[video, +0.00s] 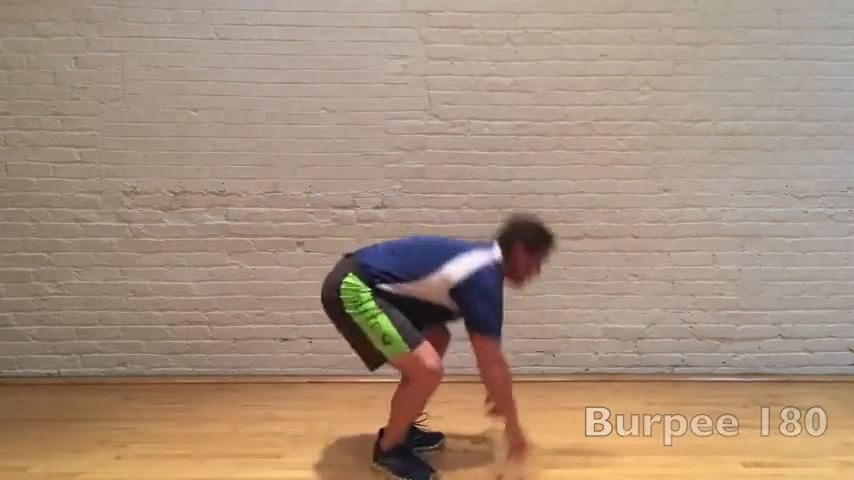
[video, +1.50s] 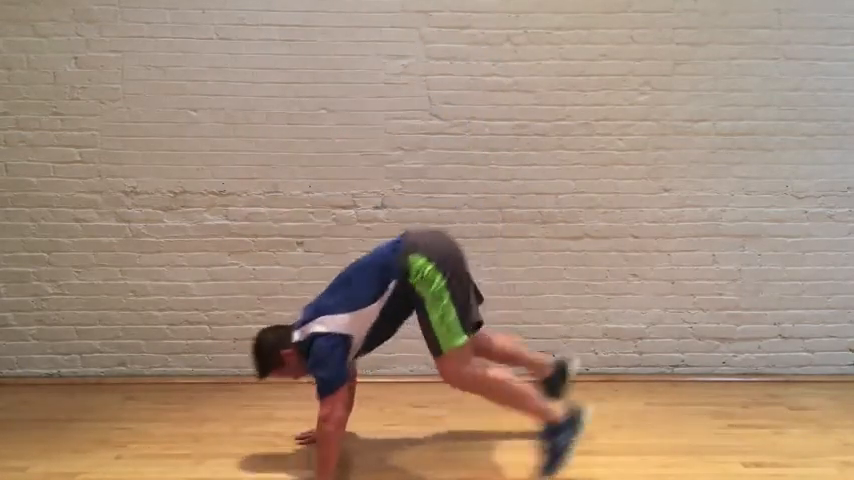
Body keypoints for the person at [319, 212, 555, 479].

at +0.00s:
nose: (536, 269)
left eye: (539, 260)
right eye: (535, 257)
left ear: (514, 249)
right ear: (517, 249)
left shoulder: (485, 259)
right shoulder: (484, 275)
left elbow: (486, 343)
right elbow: (491, 359)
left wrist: (497, 390)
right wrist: (513, 429)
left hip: (365, 278)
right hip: (352, 286)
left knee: (436, 339)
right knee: (426, 369)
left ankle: (402, 427)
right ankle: (389, 448)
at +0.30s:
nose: (496, 74)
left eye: (493, 66)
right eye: (495, 67)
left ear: (453, 67)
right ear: (489, 73)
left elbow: (378, 148)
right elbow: (477, 204)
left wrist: (408, 180)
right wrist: (458, 171)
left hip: (378, 227)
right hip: (413, 237)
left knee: (415, 331)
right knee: (443, 343)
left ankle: (402, 422)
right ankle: (380, 439)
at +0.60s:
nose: (392, 12)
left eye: (396, 5)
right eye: (394, 5)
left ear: (413, 10)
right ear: (435, 13)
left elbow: (382, 130)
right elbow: (479, 119)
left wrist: (362, 120)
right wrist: (430, 118)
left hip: (425, 188)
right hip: (458, 185)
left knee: (400, 296)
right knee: (430, 285)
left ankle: (422, 407)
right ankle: (451, 378)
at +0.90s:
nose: (336, 150)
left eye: (340, 139)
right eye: (334, 141)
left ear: (367, 134)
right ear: (365, 135)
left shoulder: (414, 177)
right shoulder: (382, 176)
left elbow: (418, 255)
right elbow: (364, 226)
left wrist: (362, 290)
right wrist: (324, 259)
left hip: (482, 261)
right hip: (450, 260)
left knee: (429, 352)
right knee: (410, 341)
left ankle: (481, 451)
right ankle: (456, 413)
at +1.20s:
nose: (316, 305)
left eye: (313, 297)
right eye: (310, 300)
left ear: (328, 281)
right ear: (330, 275)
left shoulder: (370, 288)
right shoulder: (360, 270)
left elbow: (355, 376)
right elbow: (351, 344)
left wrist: (324, 436)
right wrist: (330, 393)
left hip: (492, 284)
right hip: (477, 276)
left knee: (423, 368)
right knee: (413, 338)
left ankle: (482, 456)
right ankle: (459, 420)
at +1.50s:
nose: (290, 378)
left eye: (282, 373)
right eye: (282, 374)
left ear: (286, 357)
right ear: (287, 346)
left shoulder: (325, 343)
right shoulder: (314, 325)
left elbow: (332, 419)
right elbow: (345, 381)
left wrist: (324, 475)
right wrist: (331, 427)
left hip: (424, 261)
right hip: (427, 248)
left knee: (458, 371)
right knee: (475, 343)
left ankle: (557, 419)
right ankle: (550, 369)